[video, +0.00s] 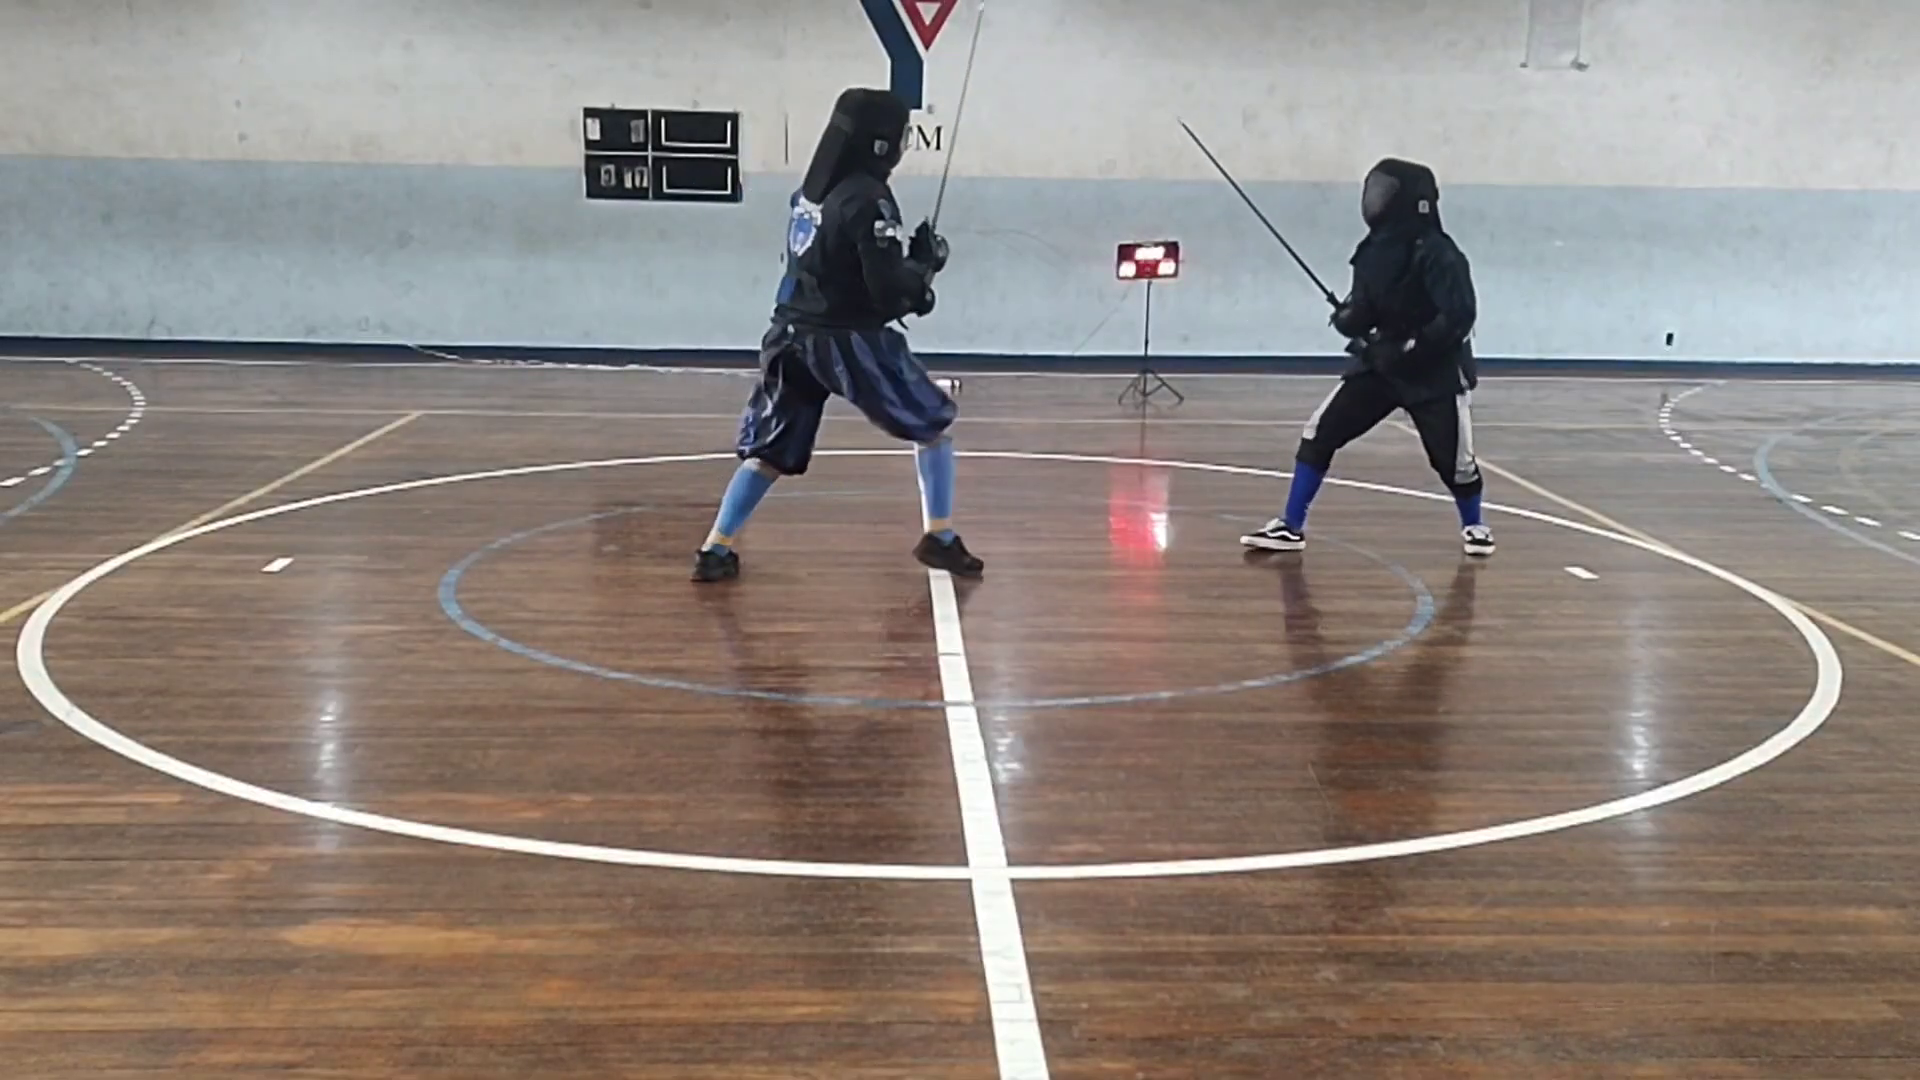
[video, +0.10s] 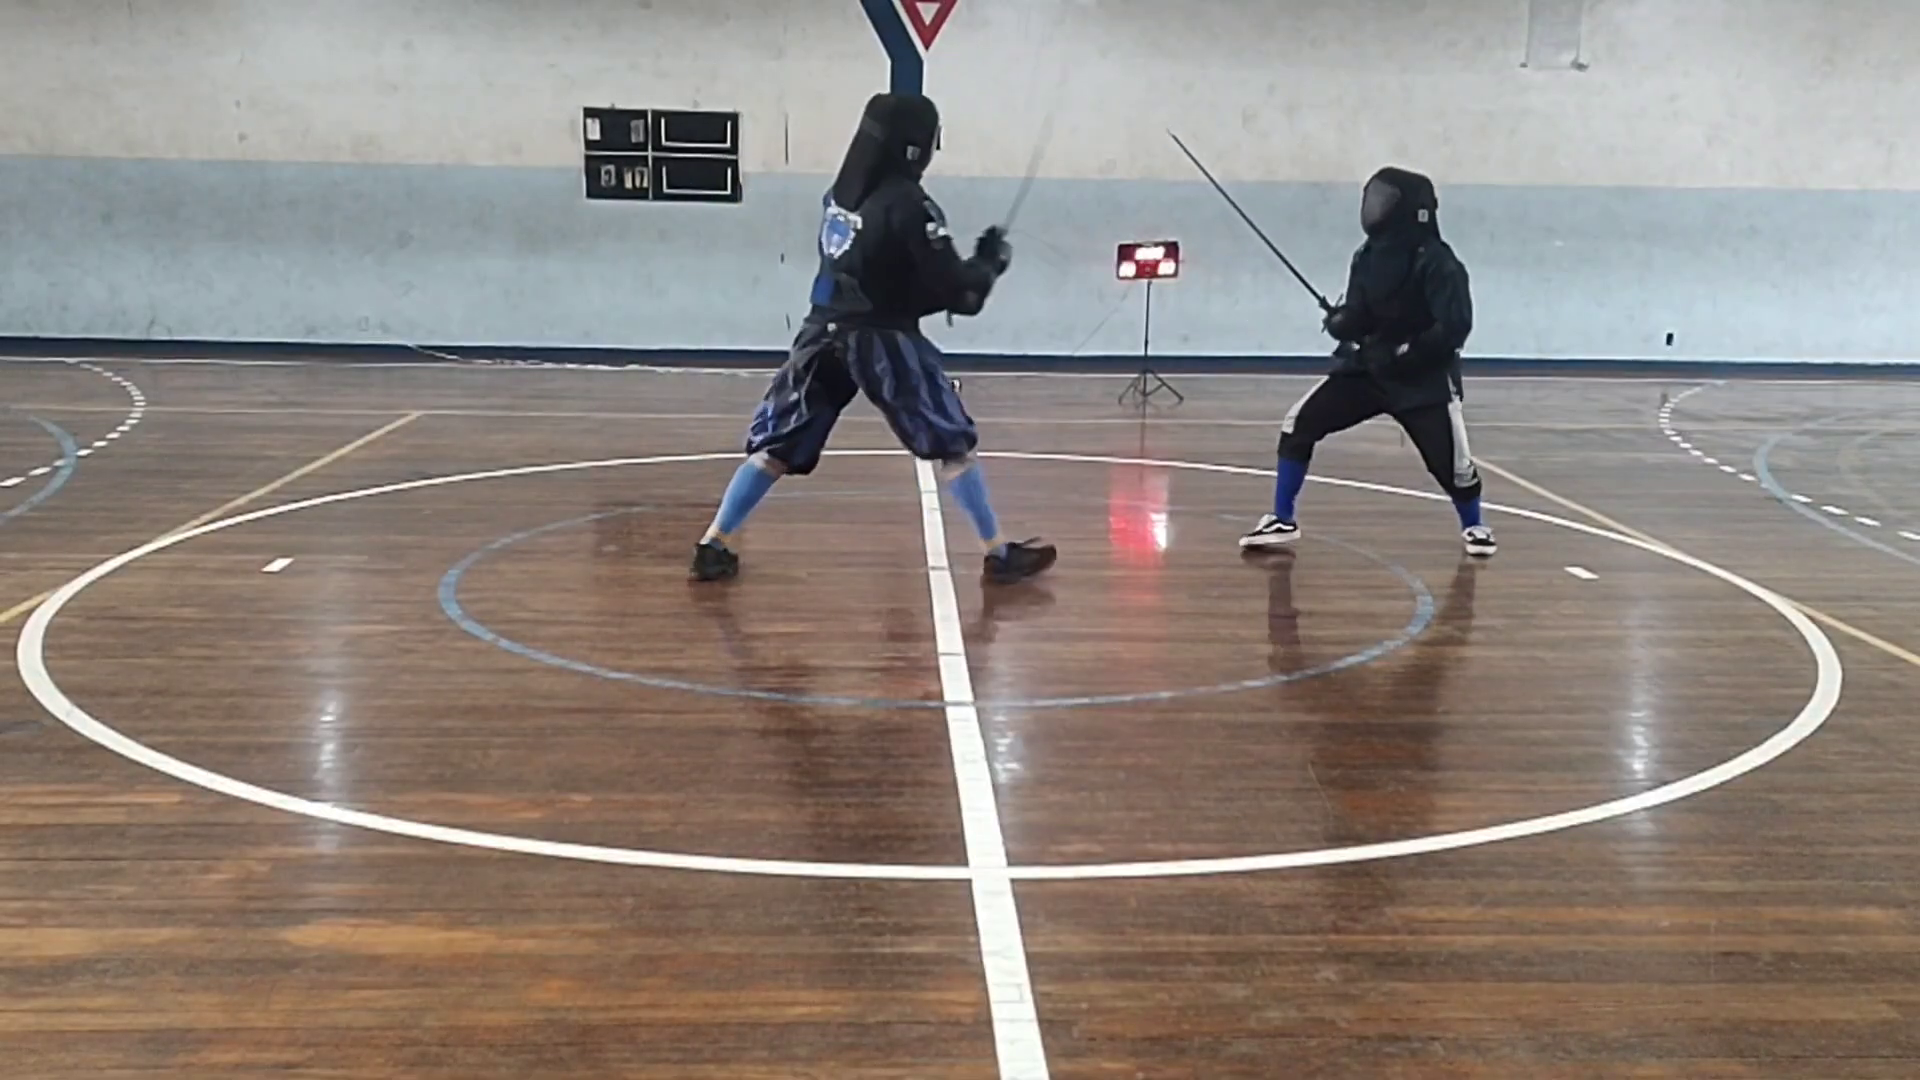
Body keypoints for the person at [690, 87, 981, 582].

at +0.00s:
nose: (903, 147)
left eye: (902, 137)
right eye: (899, 138)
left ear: (846, 135)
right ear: (880, 143)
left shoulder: (813, 186)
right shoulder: (869, 199)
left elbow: (829, 270)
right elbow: (889, 287)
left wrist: (907, 287)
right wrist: (925, 263)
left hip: (792, 333)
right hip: (852, 338)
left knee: (773, 445)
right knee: (932, 423)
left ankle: (716, 547)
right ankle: (940, 535)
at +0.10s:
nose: (931, 152)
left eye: (931, 142)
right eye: (929, 143)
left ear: (874, 139)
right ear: (913, 147)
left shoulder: (843, 190)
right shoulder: (909, 204)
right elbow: (959, 290)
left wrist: (955, 281)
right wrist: (987, 263)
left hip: (824, 331)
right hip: (886, 338)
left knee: (780, 443)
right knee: (949, 438)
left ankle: (714, 544)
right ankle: (998, 550)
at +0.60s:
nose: (1036, 156)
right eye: (1035, 148)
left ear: (979, 129)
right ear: (1022, 150)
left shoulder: (939, 165)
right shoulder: (1019, 201)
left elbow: (979, 98)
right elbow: (1075, 165)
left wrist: (1040, 86)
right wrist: (1114, 121)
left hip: (917, 327)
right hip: (982, 335)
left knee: (872, 432)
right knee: (1028, 440)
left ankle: (809, 536)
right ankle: (1009, 552)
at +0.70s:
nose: (1041, 158)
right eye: (1039, 151)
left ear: (984, 132)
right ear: (1025, 152)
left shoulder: (943, 166)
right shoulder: (1024, 201)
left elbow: (983, 102)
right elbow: (1080, 166)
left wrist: (1044, 90)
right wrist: (1118, 124)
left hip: (920, 327)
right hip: (987, 337)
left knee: (877, 431)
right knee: (1030, 441)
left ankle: (822, 544)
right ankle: (1010, 551)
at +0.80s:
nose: (1042, 157)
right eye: (1040, 150)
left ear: (988, 131)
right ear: (1029, 153)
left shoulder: (947, 166)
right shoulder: (1027, 201)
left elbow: (984, 108)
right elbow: (1082, 171)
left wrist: (1043, 95)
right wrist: (1119, 130)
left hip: (923, 329)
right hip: (989, 338)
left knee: (878, 433)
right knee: (1033, 442)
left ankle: (821, 544)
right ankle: (1010, 551)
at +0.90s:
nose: (1039, 159)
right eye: (1037, 152)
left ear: (980, 136)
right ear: (1025, 156)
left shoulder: (947, 167)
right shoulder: (1028, 201)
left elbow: (983, 118)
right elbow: (1084, 175)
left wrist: (1045, 105)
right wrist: (1121, 135)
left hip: (922, 331)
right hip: (990, 339)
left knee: (876, 433)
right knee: (1033, 443)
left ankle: (820, 545)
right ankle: (1010, 552)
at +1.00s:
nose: (1043, 149)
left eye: (1047, 139)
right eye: (1041, 140)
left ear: (988, 127)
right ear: (1025, 147)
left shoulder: (945, 159)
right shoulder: (1025, 198)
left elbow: (993, 132)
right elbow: (1084, 200)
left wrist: (1056, 138)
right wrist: (1110, 149)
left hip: (921, 329)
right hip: (988, 338)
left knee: (874, 434)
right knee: (1032, 441)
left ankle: (819, 546)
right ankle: (1010, 553)